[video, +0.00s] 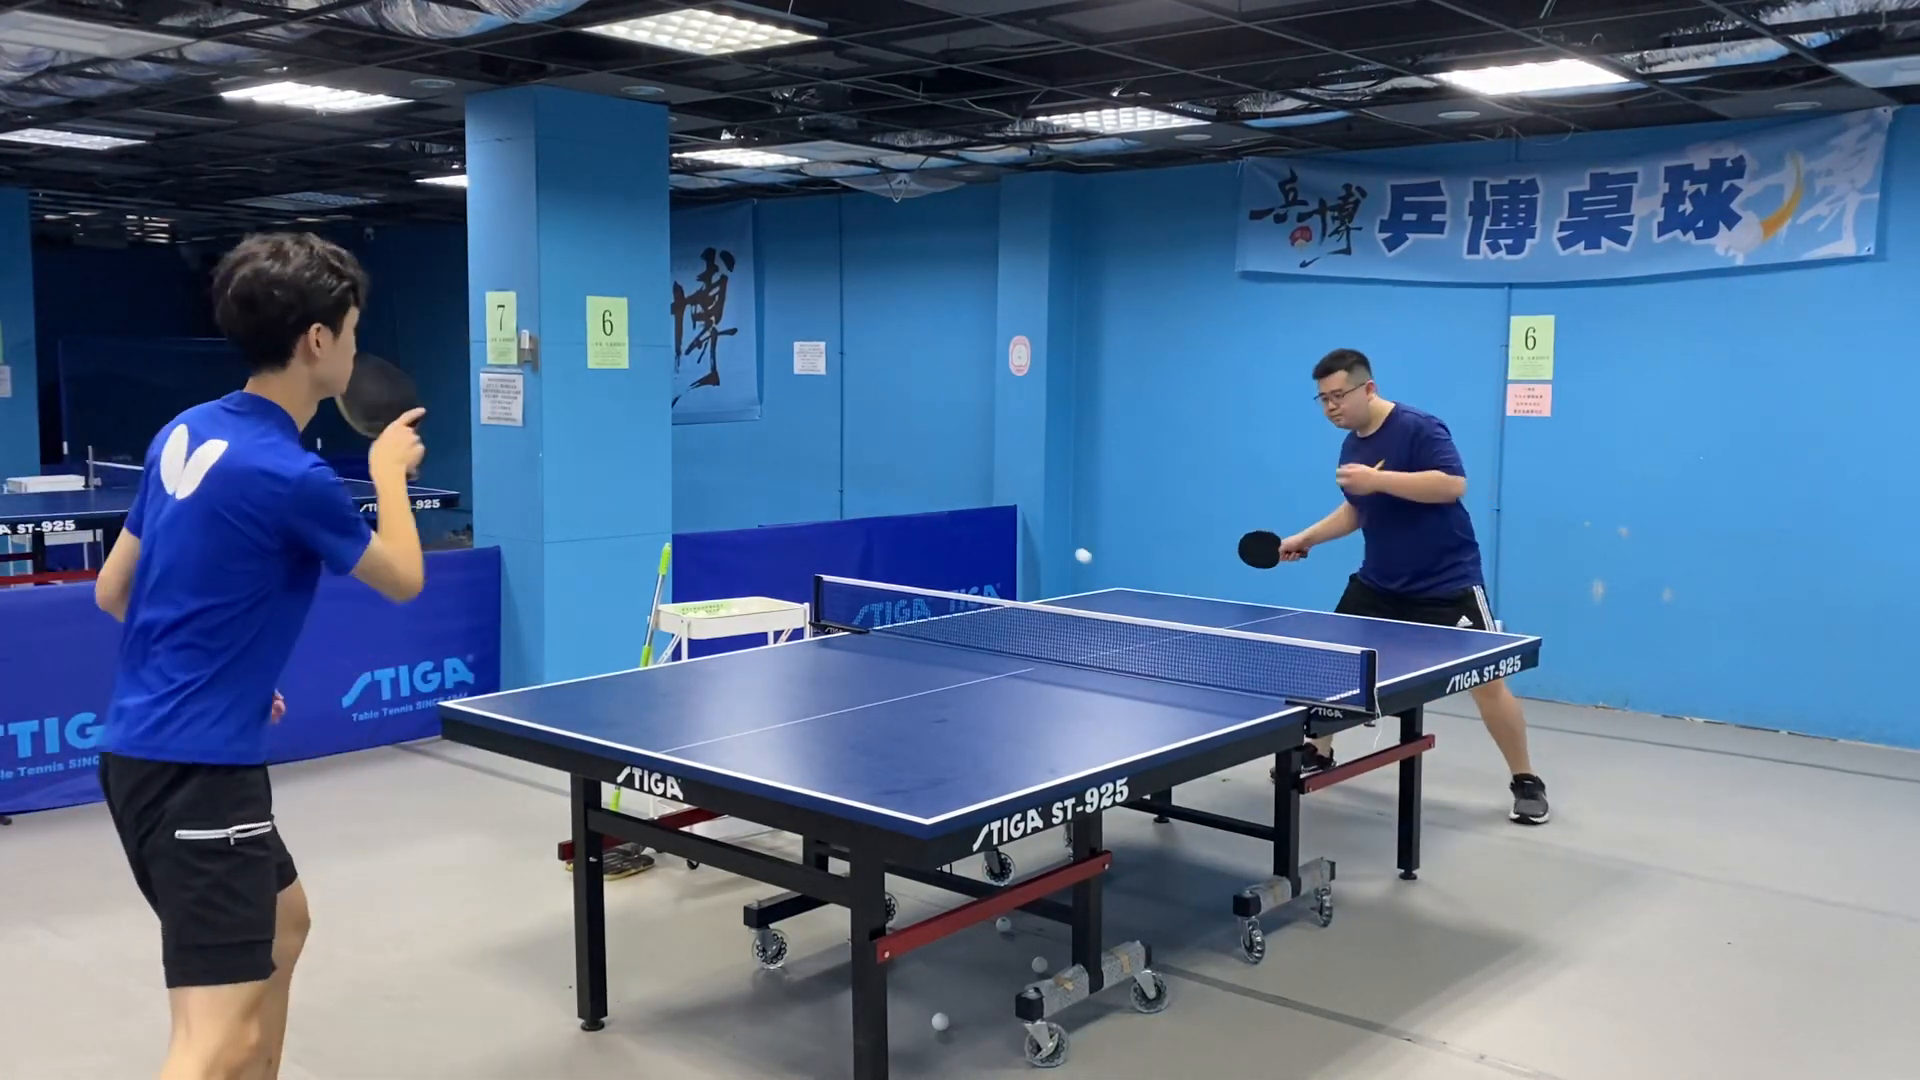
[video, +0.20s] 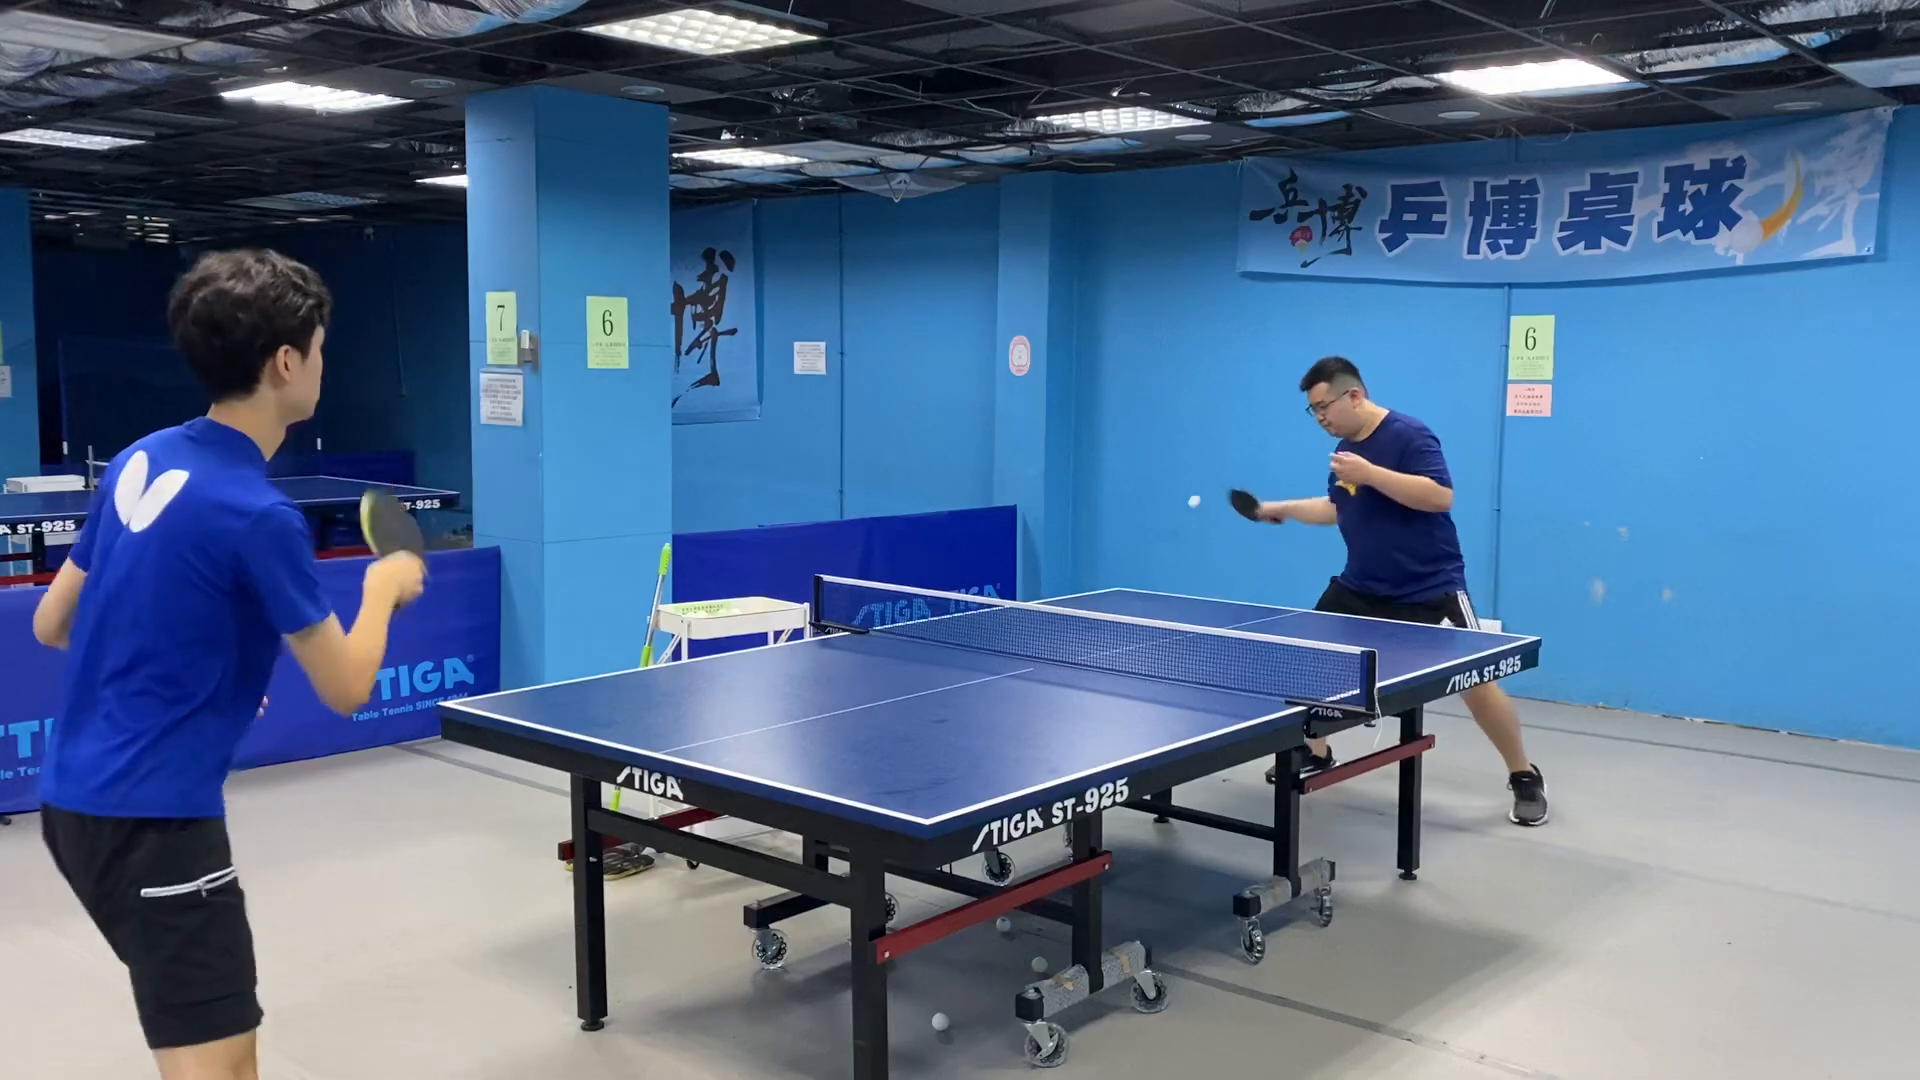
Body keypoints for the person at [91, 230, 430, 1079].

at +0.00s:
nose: (355, 352)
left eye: (353, 331)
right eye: (351, 332)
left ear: (269, 335)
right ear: (313, 341)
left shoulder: (185, 434)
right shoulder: (291, 475)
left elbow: (113, 590)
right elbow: (404, 575)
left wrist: (232, 677)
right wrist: (391, 470)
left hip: (160, 746)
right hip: (198, 766)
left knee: (284, 923)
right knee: (218, 1040)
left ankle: (255, 1074)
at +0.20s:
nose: (323, 369)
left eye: (320, 349)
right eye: (318, 350)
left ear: (211, 357)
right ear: (282, 362)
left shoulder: (139, 462)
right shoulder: (257, 513)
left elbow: (54, 621)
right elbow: (346, 685)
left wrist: (182, 626)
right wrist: (384, 586)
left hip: (80, 803)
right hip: (157, 819)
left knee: (217, 1039)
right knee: (213, 1060)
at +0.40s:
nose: (296, 393)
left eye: (295, 374)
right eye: (293, 375)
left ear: (224, 385)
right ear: (249, 387)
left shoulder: (165, 485)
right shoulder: (141, 539)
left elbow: (153, 632)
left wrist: (267, 669)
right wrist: (320, 759)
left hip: (119, 802)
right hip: (62, 836)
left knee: (182, 954)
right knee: (179, 1065)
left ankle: (91, 1066)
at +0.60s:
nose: (231, 469)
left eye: (232, 449)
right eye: (228, 449)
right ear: (187, 460)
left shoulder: (126, 572)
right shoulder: (49, 610)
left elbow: (99, 735)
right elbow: (10, 834)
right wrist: (158, 799)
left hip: (78, 872)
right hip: (22, 902)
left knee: (92, 1046)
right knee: (191, 1068)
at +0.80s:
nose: (114, 406)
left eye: (114, 388)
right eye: (110, 388)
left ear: (22, 398)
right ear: (66, 402)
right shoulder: (102, 549)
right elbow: (207, 689)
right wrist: (249, 623)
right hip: (19, 871)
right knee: (167, 1069)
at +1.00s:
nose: (44, 355)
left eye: (39, 334)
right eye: (37, 336)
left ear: (0, 349)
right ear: (1, 349)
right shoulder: (52, 490)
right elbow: (209, 582)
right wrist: (283, 513)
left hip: (6, 798)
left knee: (27, 1051)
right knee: (66, 1052)